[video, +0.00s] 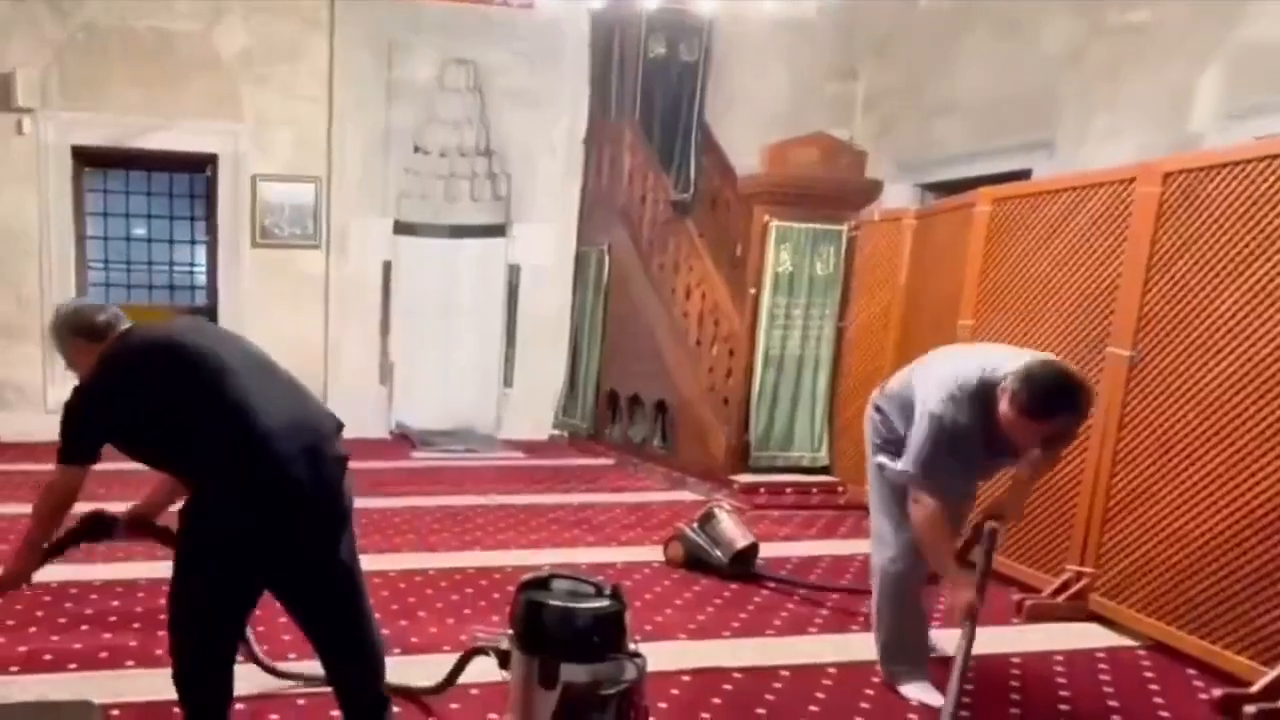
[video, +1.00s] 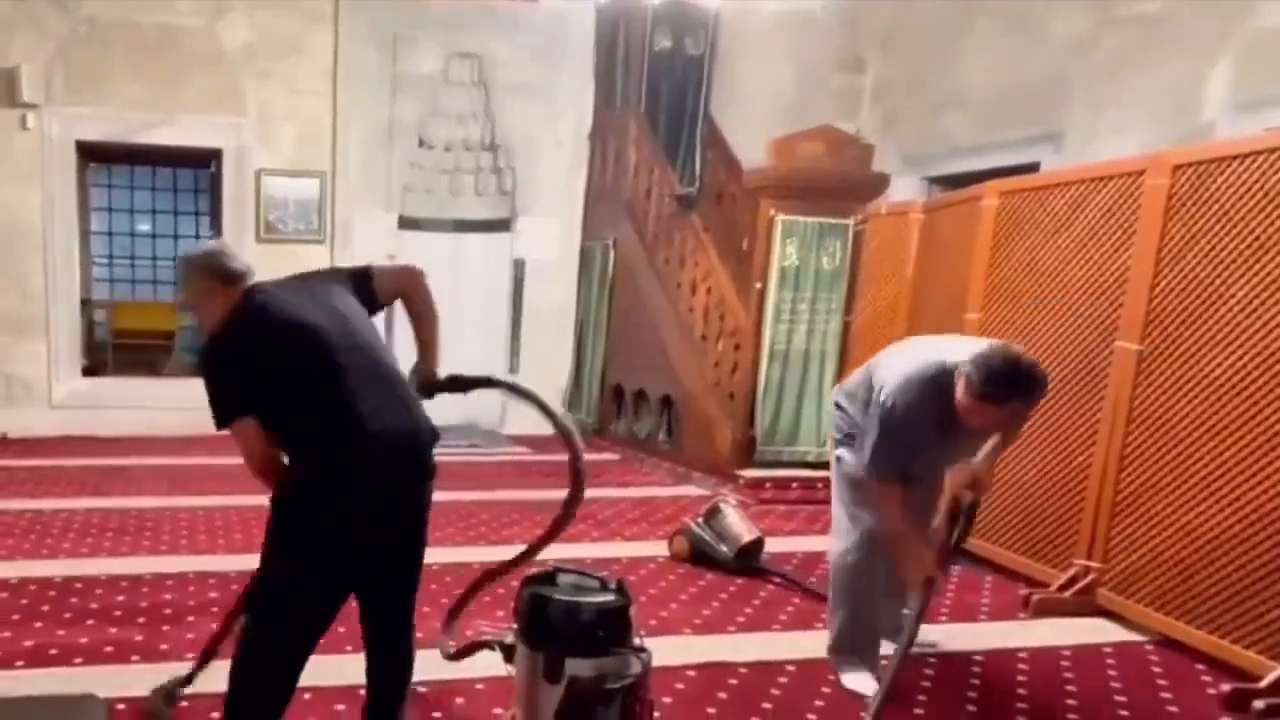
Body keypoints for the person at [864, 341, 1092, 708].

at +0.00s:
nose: (1029, 450)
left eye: (1045, 442)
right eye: (1022, 437)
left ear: (1062, 423)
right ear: (1004, 401)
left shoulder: (1062, 403)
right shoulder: (948, 408)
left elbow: (1051, 451)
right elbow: (924, 504)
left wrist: (1018, 490)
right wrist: (954, 578)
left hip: (965, 441)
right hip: (897, 431)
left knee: (943, 543)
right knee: (898, 557)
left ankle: (915, 631)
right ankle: (905, 671)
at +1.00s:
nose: (975, 430)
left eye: (987, 424)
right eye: (970, 419)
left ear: (1015, 410)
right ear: (961, 387)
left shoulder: (1021, 386)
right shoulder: (904, 394)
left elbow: (1017, 422)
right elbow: (882, 486)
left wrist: (985, 459)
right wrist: (909, 550)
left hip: (931, 445)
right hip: (865, 435)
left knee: (916, 535)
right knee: (861, 539)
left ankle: (894, 623)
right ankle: (851, 655)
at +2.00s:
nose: (936, 365)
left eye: (948, 358)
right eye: (931, 353)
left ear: (975, 346)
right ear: (926, 337)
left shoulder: (1004, 332)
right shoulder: (882, 354)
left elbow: (1023, 322)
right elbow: (862, 432)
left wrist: (984, 388)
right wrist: (907, 484)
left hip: (926, 441)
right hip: (859, 432)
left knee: (904, 536)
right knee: (837, 536)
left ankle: (870, 619)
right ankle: (825, 644)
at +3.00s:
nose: (870, 415)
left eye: (881, 407)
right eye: (863, 406)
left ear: (905, 389)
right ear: (852, 387)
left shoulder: (942, 377)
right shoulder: (819, 407)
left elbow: (975, 411)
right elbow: (809, 487)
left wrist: (937, 469)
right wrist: (833, 554)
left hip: (895, 475)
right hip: (834, 480)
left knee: (897, 560)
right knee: (818, 567)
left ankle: (877, 644)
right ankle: (818, 672)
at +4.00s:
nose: (810, 439)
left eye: (819, 431)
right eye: (802, 430)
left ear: (844, 413)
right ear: (791, 417)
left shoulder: (886, 405)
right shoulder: (766, 430)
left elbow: (910, 466)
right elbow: (742, 501)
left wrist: (863, 510)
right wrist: (734, 567)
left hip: (845, 478)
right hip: (784, 485)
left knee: (863, 552)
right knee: (774, 558)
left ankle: (875, 661)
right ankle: (770, 667)